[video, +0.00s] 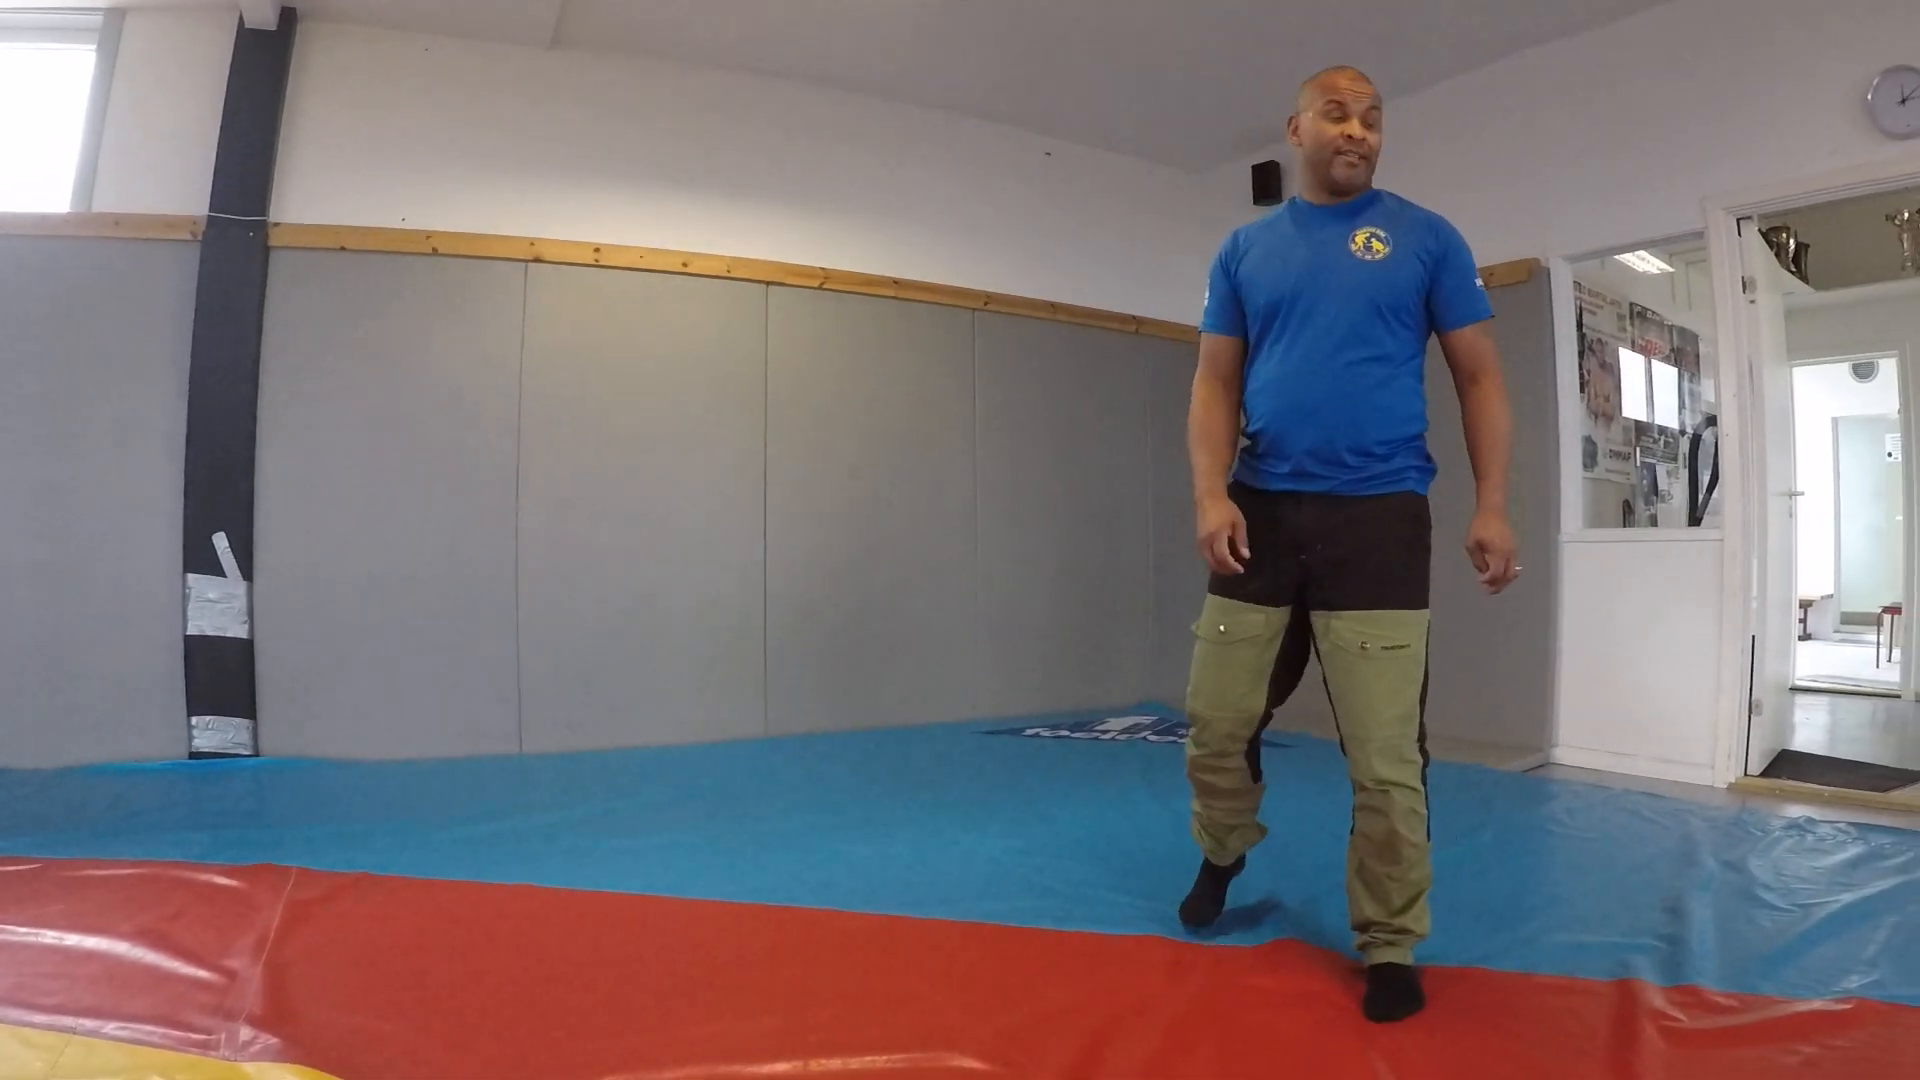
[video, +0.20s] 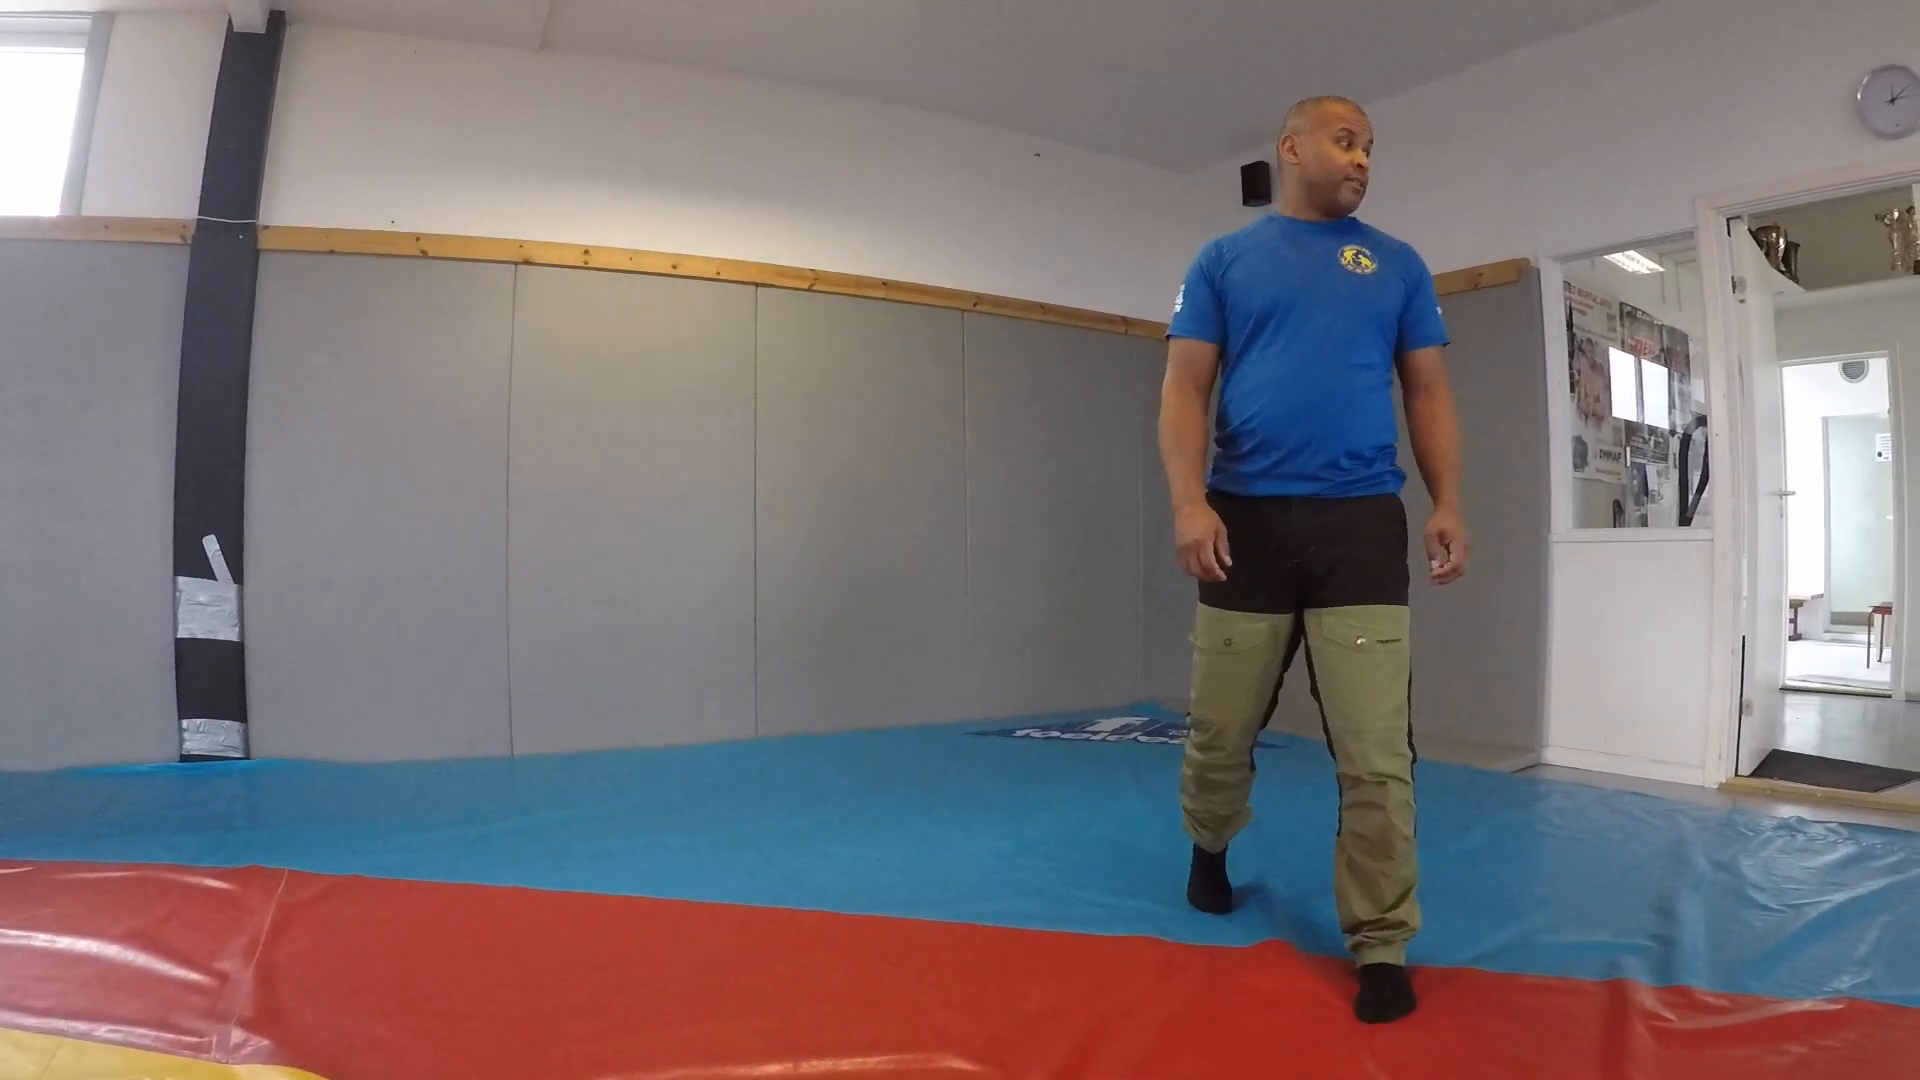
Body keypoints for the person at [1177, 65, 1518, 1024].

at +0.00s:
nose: (1354, 129)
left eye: (1368, 117)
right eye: (1335, 113)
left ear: (1383, 139)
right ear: (1293, 131)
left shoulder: (1428, 240)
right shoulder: (1245, 247)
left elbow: (1479, 374)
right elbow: (1214, 383)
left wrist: (1491, 508)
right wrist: (1210, 494)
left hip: (1381, 516)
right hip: (1261, 512)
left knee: (1383, 753)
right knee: (1216, 720)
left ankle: (1391, 944)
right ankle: (1223, 849)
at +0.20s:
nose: (1362, 158)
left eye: (1368, 147)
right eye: (1344, 139)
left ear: (1368, 168)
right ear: (1288, 149)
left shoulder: (1396, 264)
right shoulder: (1224, 260)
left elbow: (1428, 389)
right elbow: (1184, 387)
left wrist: (1445, 502)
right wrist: (1188, 501)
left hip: (1364, 524)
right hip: (1246, 522)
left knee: (1376, 752)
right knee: (1221, 729)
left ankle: (1380, 945)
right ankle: (1209, 846)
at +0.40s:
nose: (1312, 194)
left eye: (1318, 185)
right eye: (1295, 176)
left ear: (1317, 205)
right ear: (1243, 185)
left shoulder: (1340, 298)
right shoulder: (1186, 289)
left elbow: (1361, 418)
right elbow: (1145, 406)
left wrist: (1381, 523)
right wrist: (1140, 515)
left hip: (1323, 534)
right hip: (1214, 535)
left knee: (1347, 738)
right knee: (1216, 733)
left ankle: (1375, 937)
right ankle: (1211, 861)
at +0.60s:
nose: (1249, 195)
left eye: (1258, 185)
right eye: (1231, 182)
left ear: (1269, 204)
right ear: (1196, 202)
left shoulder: (1306, 295)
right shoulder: (1159, 299)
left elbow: (1328, 414)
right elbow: (1124, 412)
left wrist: (1335, 516)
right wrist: (1118, 512)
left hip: (1302, 520)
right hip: (1201, 523)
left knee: (1331, 712)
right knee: (1210, 712)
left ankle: (1346, 894)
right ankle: (1207, 861)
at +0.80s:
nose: (1214, 210)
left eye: (1226, 198)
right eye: (1196, 201)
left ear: (1247, 214)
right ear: (1176, 222)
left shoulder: (1298, 300)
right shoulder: (1154, 318)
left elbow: (1330, 411)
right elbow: (1123, 431)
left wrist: (1350, 508)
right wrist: (1115, 531)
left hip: (1292, 522)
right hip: (1196, 524)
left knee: (1320, 693)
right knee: (1202, 704)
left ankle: (1311, 807)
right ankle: (1205, 856)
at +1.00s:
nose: (1217, 235)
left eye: (1228, 222)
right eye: (1203, 228)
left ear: (1253, 236)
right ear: (1189, 250)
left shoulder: (1305, 317)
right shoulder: (1168, 339)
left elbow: (1348, 416)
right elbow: (1145, 445)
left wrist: (1380, 507)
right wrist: (1120, 541)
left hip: (1288, 530)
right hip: (1200, 529)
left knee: (1288, 696)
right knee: (1205, 699)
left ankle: (1284, 799)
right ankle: (1204, 856)